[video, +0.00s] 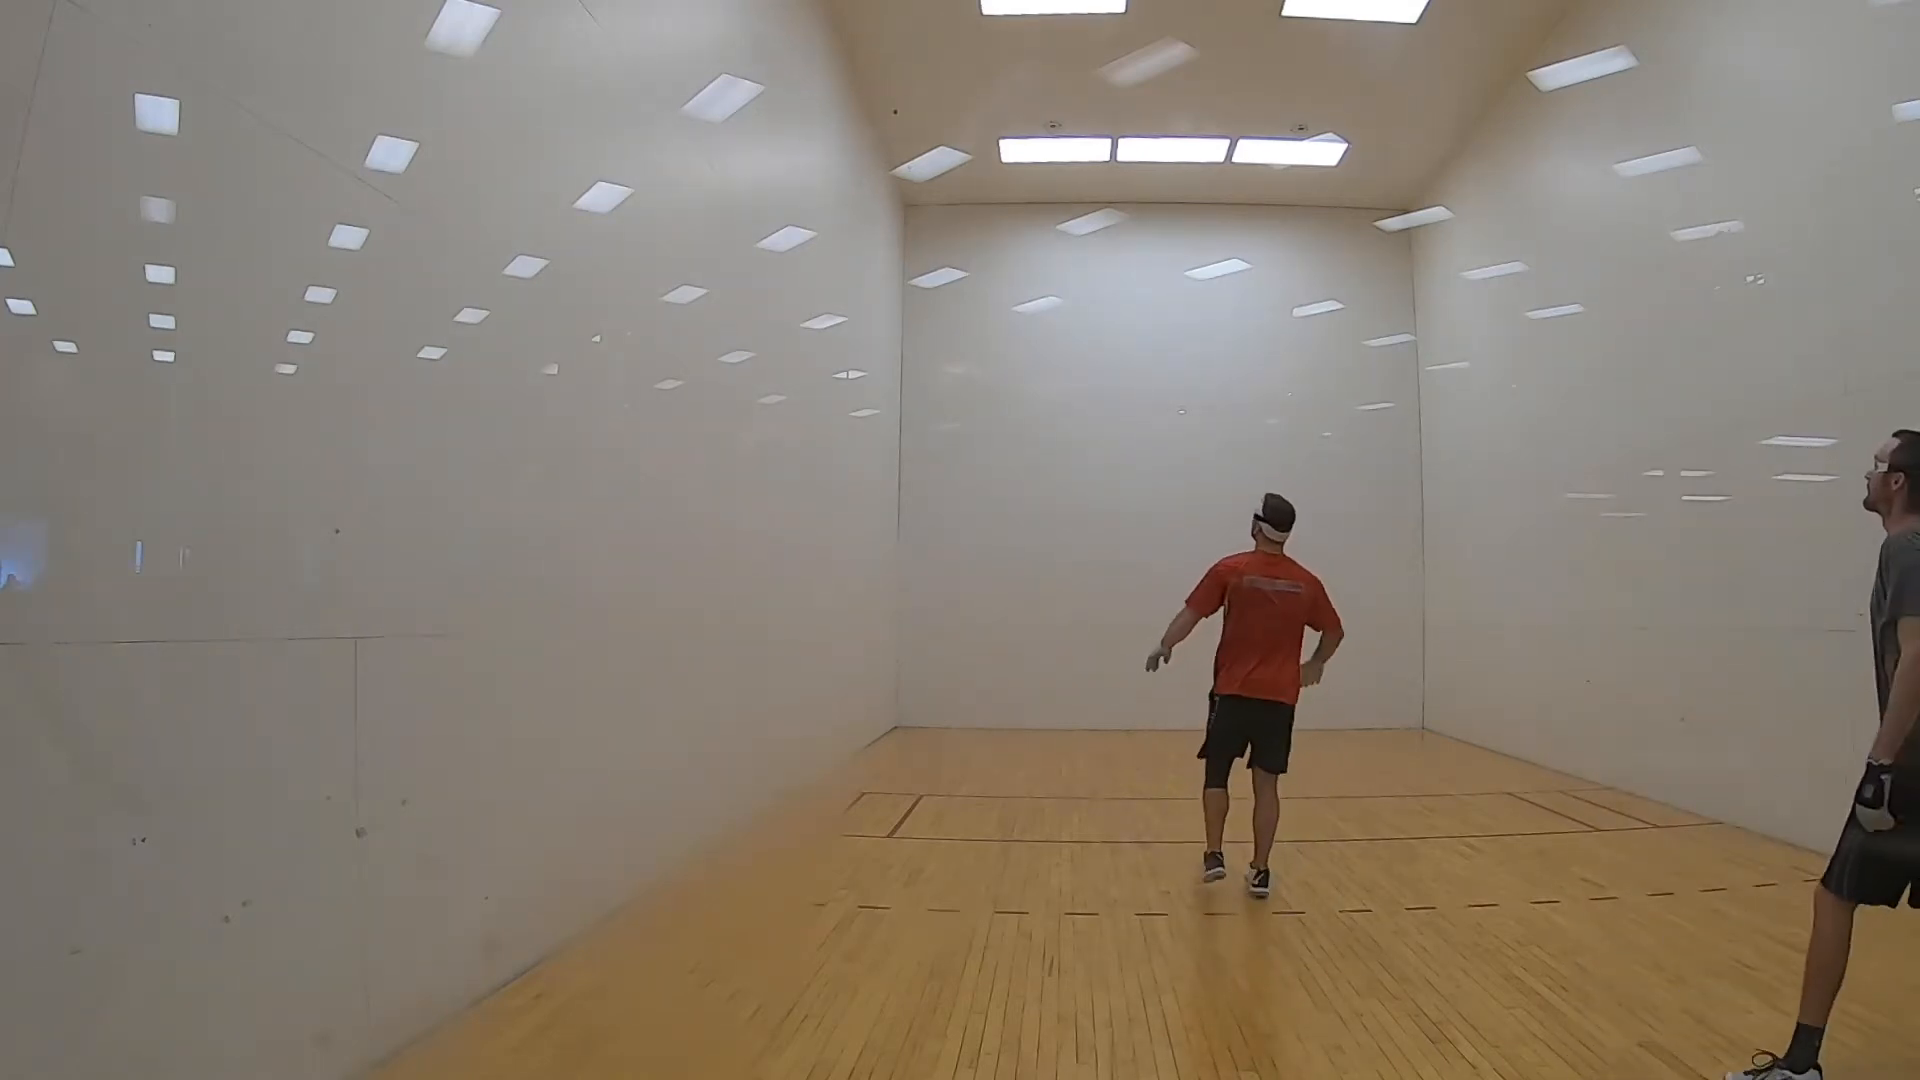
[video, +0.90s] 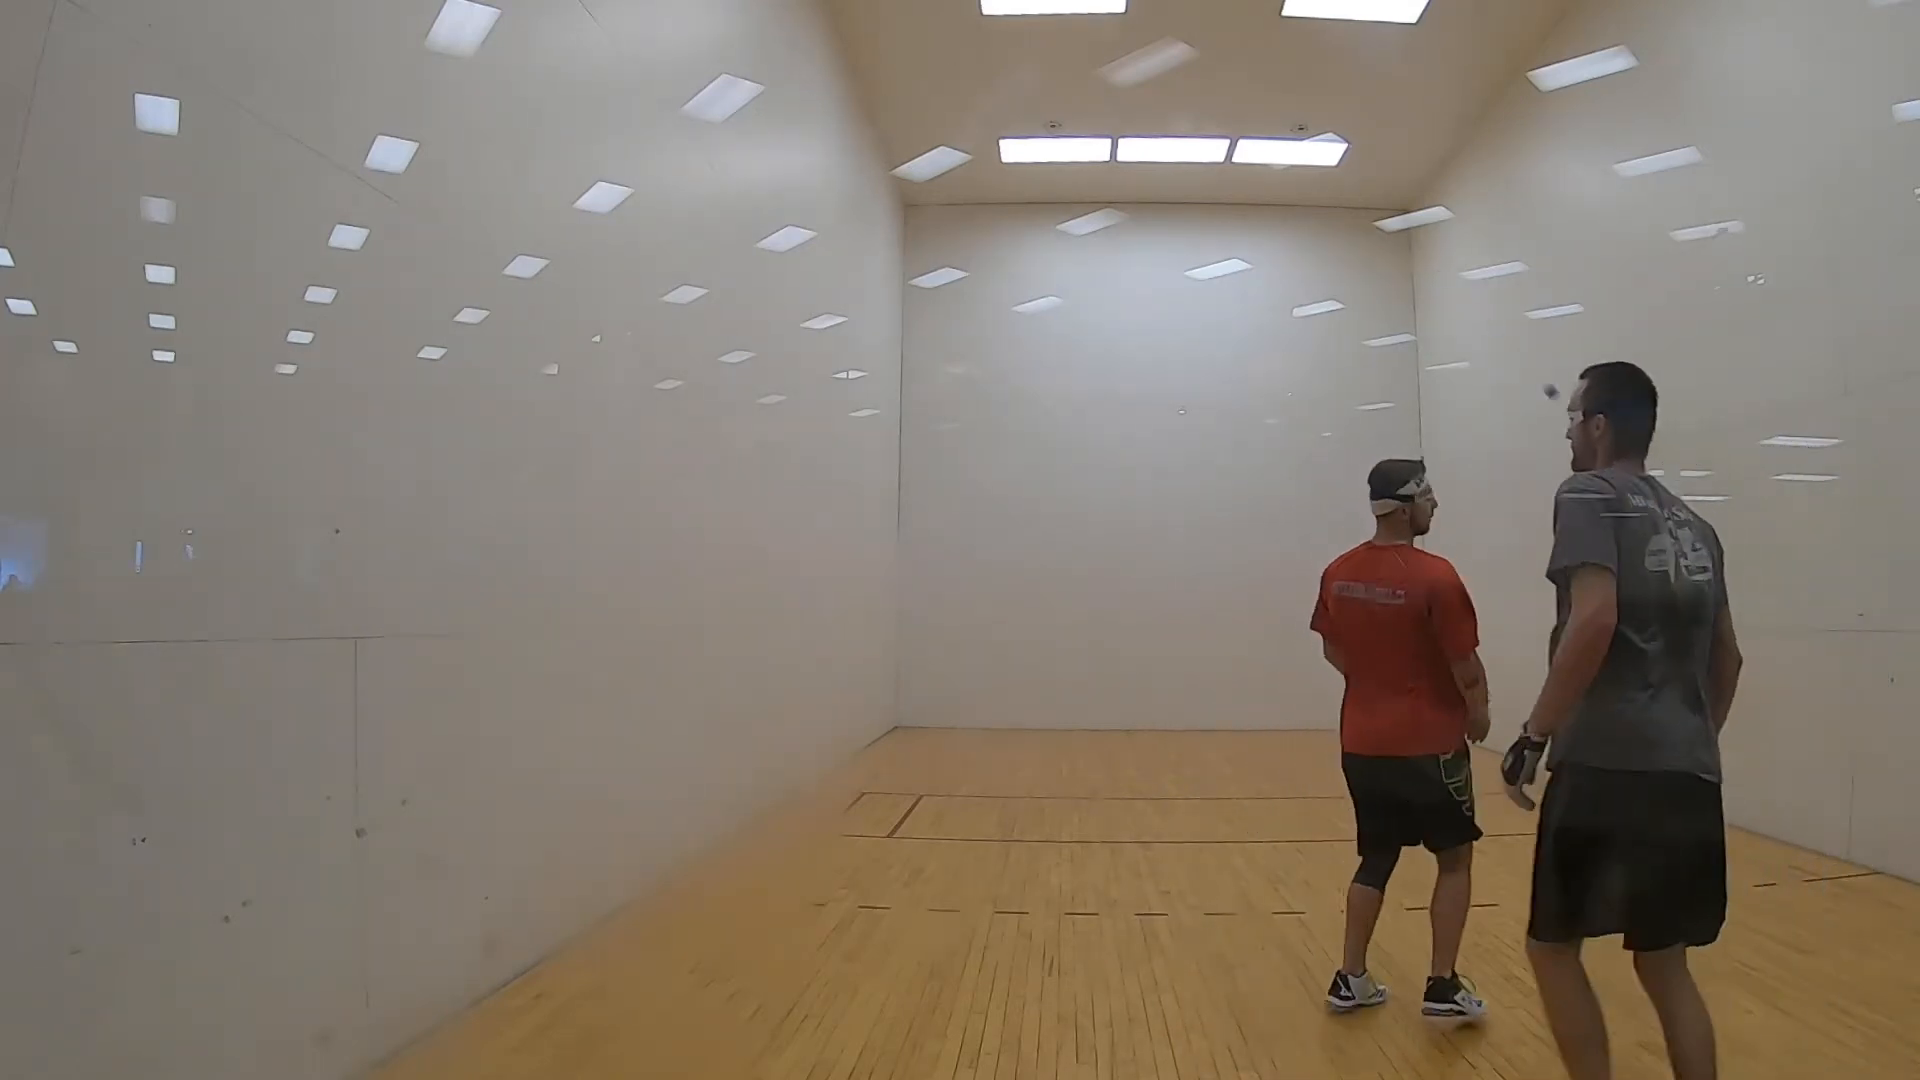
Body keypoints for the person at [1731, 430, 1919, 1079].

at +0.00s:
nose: (1868, 477)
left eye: (1875, 468)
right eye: (1873, 467)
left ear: (1896, 482)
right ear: (1904, 482)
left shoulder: (1907, 551)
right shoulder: (1901, 548)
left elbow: (1915, 656)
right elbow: (1909, 658)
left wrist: (1880, 764)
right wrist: (1884, 765)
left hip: (1904, 769)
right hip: (1901, 768)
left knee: (1834, 897)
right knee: (1833, 898)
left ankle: (1800, 1059)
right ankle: (1801, 1057)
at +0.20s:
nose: (1824, 485)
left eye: (1832, 476)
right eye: (1831, 474)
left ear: (1851, 491)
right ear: (1876, 497)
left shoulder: (1848, 553)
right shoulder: (1900, 563)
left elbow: (1846, 659)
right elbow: (1893, 667)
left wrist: (1775, 749)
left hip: (1854, 779)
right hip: (1910, 782)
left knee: (1779, 901)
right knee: (1912, 906)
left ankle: (1791, 1063)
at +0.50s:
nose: (1745, 507)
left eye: (1752, 497)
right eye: (1750, 496)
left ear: (1777, 511)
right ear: (1804, 514)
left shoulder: (1781, 583)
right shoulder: (1843, 585)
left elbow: (1757, 706)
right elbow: (1841, 709)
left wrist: (1667, 750)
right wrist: (1777, 778)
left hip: (1800, 803)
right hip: (1857, 804)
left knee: (1705, 926)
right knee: (1806, 924)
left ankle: (1754, 1074)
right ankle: (1867, 1058)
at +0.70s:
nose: (1667, 475)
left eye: (1674, 464)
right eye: (1671, 462)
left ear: (1693, 475)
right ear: (1740, 483)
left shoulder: (1678, 543)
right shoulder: (1780, 568)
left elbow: (1658, 664)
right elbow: (1815, 695)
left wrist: (1597, 739)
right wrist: (1786, 775)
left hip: (1713, 797)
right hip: (1785, 797)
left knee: (1675, 971)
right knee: (1789, 928)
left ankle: (1717, 1079)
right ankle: (1838, 1065)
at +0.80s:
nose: (1621, 438)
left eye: (1627, 425)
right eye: (1624, 424)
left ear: (1649, 431)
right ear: (1695, 437)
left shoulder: (1634, 497)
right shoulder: (1738, 528)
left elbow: (1627, 620)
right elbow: (1771, 662)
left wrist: (1579, 723)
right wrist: (1755, 764)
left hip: (1661, 771)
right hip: (1736, 774)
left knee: (1639, 943)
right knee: (1714, 933)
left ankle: (1692, 1078)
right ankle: (1781, 1071)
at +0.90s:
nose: (1569, 435)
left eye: (1573, 422)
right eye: (1571, 421)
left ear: (1596, 426)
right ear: (1644, 430)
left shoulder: (1586, 495)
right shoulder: (1695, 523)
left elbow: (1595, 619)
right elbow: (1725, 660)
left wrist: (1533, 733)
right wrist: (1688, 746)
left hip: (1600, 773)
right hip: (1685, 777)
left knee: (1552, 946)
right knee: (1661, 956)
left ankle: (1593, 1075)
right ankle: (1699, 1076)